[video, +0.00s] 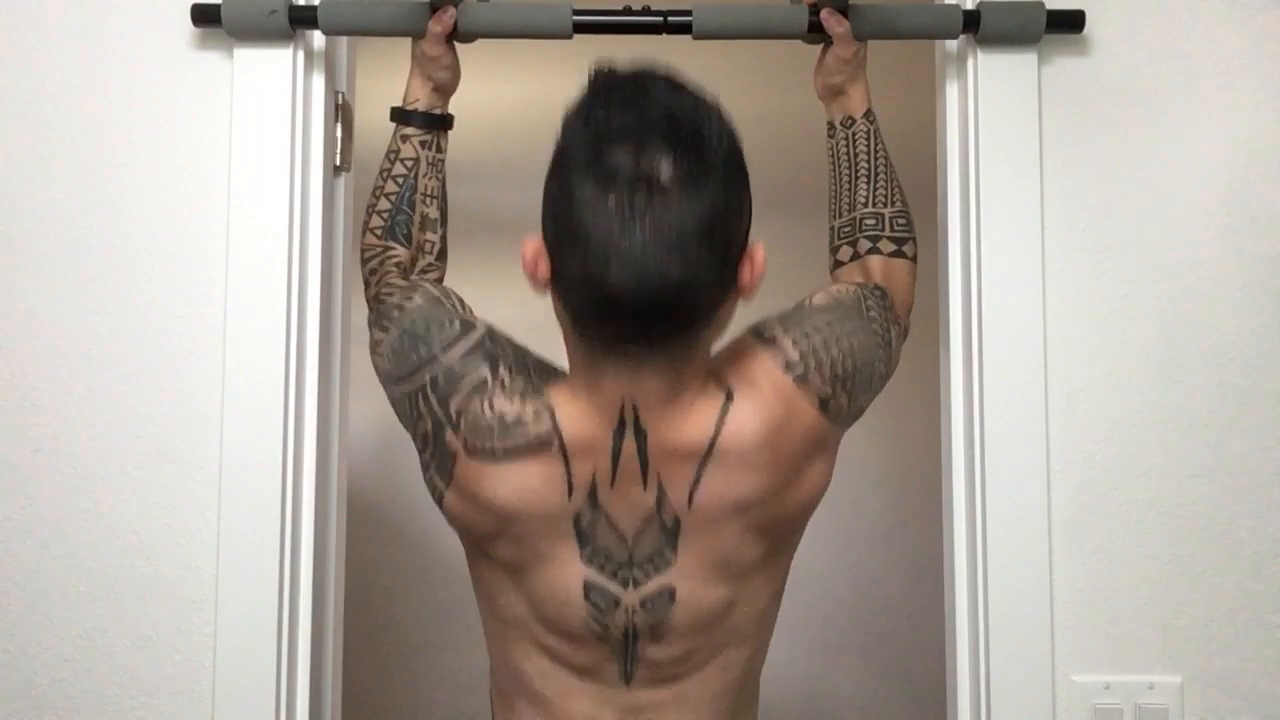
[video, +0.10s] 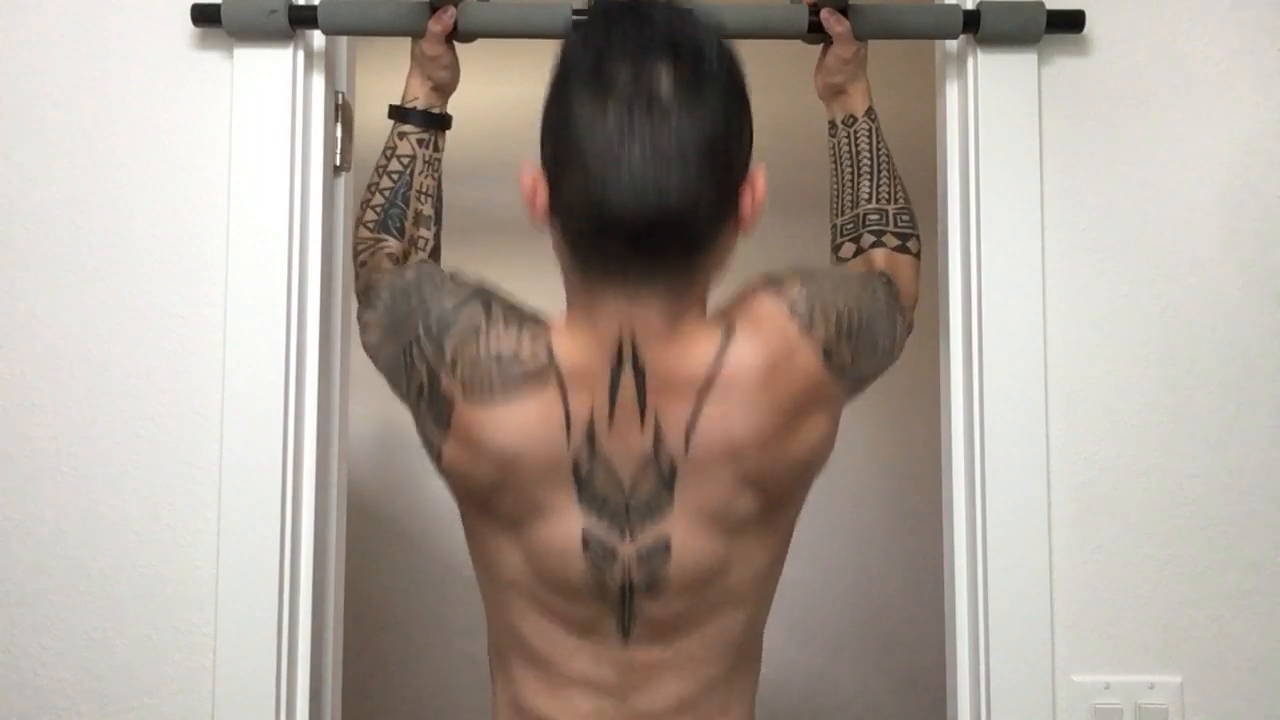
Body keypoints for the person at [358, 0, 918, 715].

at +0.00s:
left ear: (538, 266)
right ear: (748, 273)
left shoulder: (488, 432)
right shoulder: (785, 413)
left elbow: (397, 267)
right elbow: (880, 273)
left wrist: (425, 94)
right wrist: (849, 98)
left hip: (529, 713)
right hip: (720, 714)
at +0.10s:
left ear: (537, 197)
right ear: (749, 203)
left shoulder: (478, 378)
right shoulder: (791, 360)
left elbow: (385, 258)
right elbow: (888, 261)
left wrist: (424, 94)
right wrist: (849, 97)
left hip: (531, 708)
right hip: (717, 709)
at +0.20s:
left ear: (537, 105)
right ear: (751, 109)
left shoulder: (468, 295)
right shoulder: (799, 285)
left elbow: (372, 266)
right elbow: (901, 275)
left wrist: (422, 95)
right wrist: (851, 99)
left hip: (528, 699)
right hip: (716, 699)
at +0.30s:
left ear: (545, 20)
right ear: (749, 22)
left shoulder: (458, 199)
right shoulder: (802, 194)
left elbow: (368, 291)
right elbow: (898, 299)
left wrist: (418, 98)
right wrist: (854, 102)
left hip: (529, 681)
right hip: (722, 684)